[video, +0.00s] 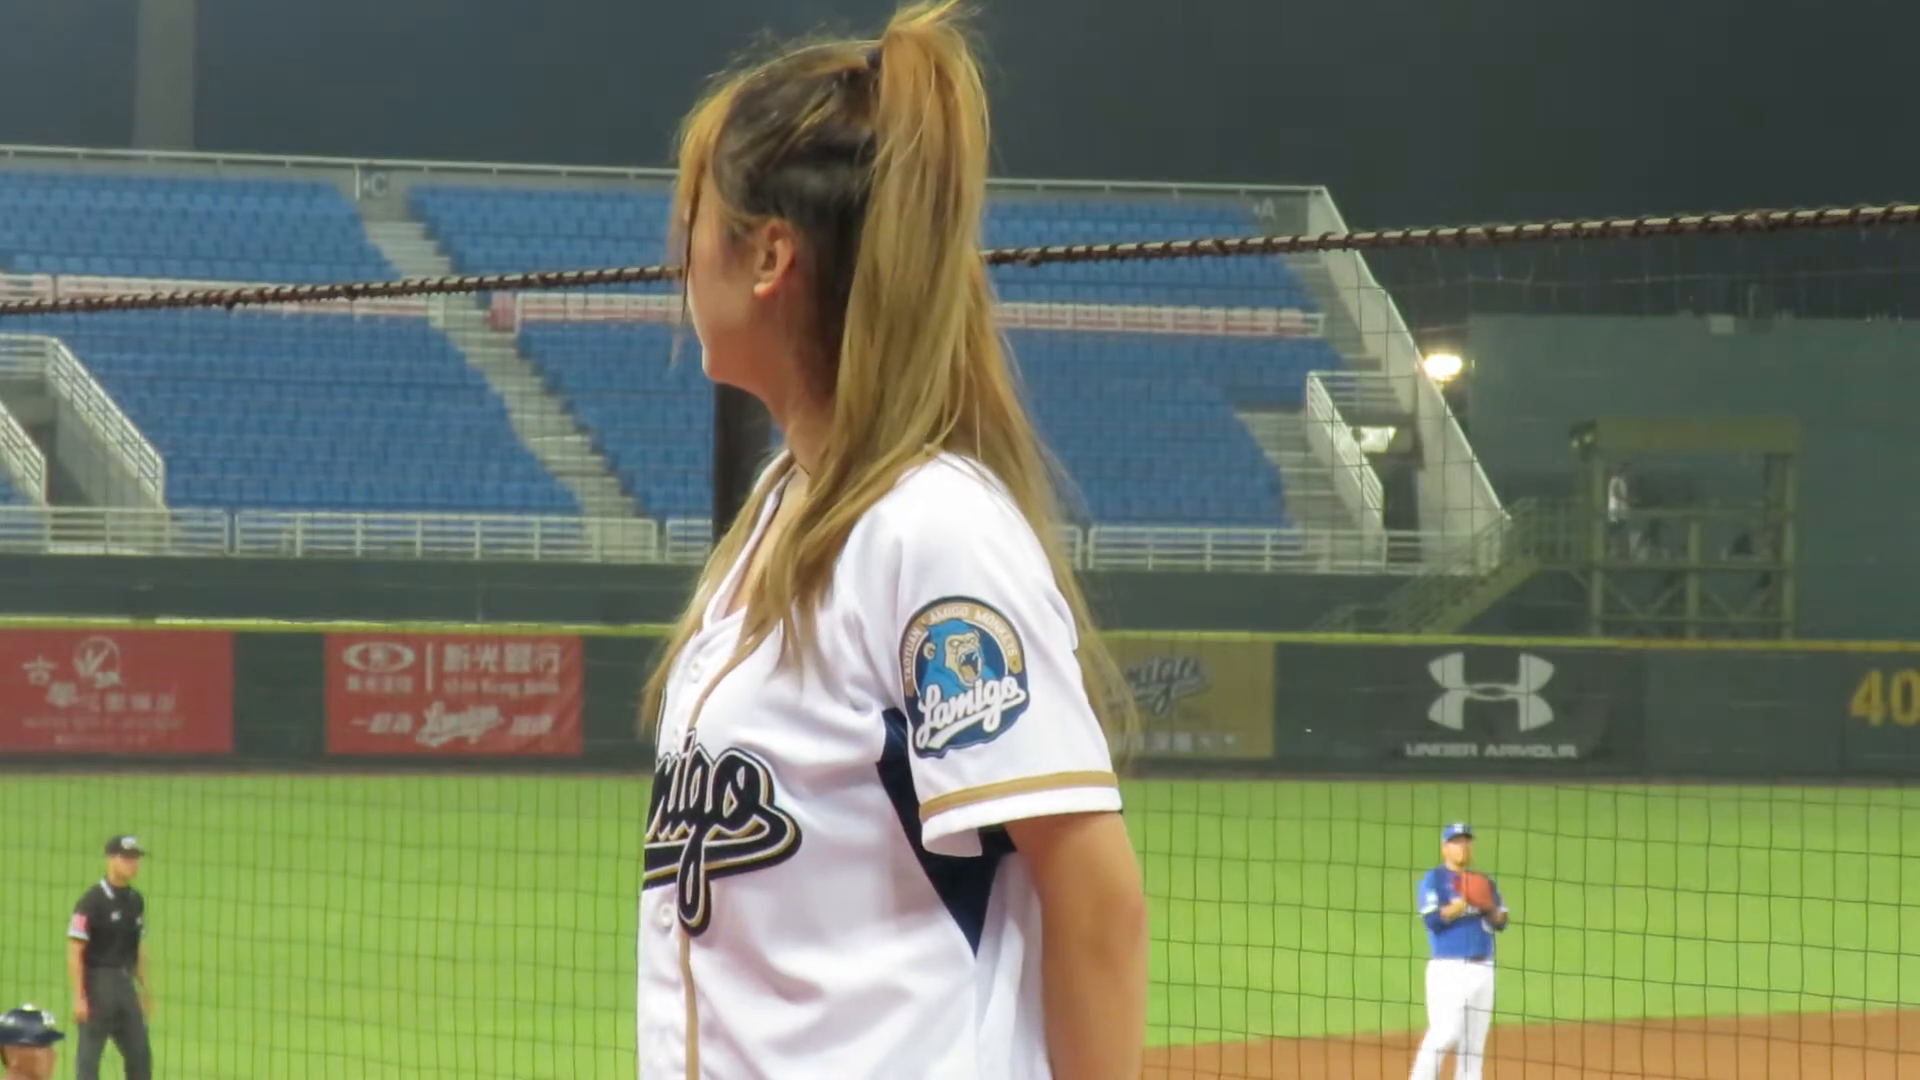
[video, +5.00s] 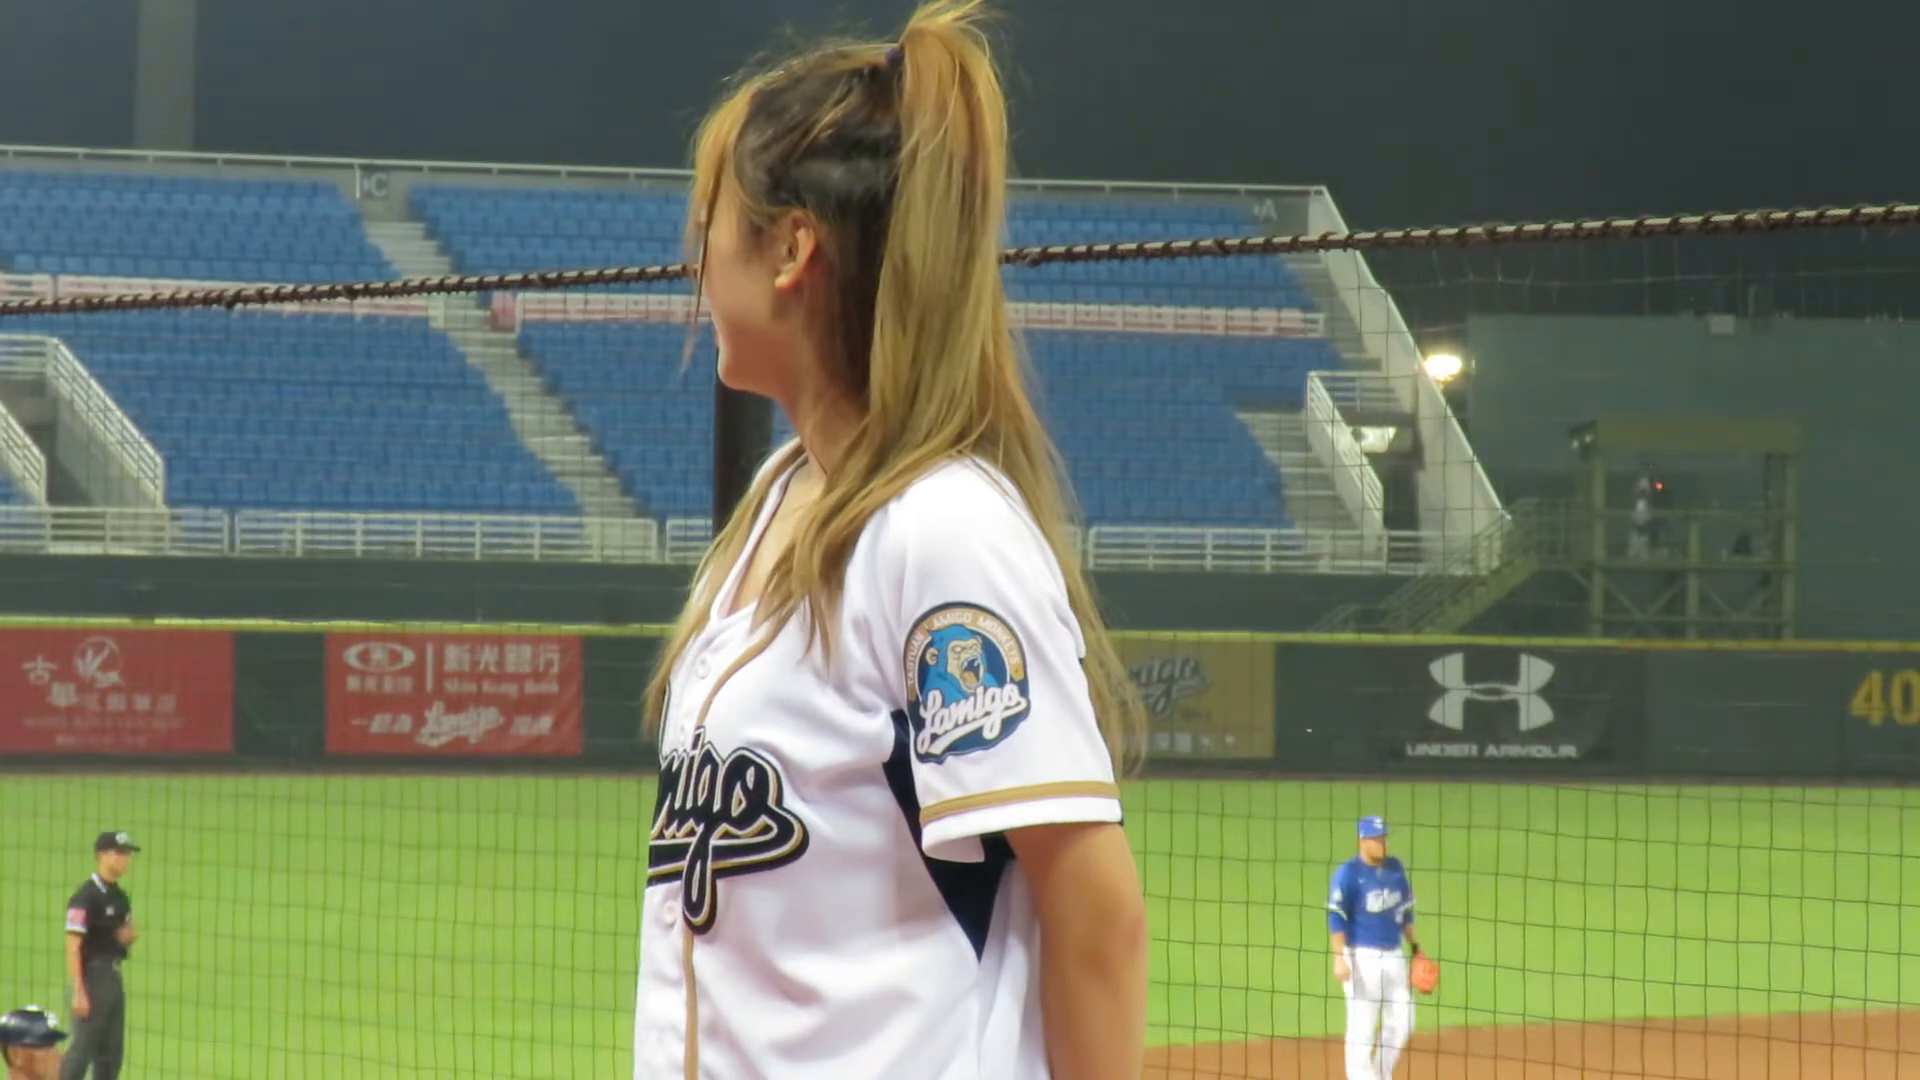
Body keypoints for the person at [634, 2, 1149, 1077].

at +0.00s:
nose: (682, 258)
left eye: (695, 224)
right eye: (689, 222)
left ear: (770, 259)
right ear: (773, 258)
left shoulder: (938, 527)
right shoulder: (780, 506)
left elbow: (1098, 897)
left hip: (883, 1055)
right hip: (718, 1051)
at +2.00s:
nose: (681, 259)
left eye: (696, 221)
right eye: (690, 219)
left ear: (771, 254)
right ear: (772, 254)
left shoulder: (927, 536)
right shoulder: (779, 503)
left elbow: (1089, 911)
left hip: (881, 1057)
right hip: (719, 1051)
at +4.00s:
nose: (688, 263)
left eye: (702, 225)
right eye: (697, 224)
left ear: (778, 252)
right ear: (777, 252)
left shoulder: (937, 533)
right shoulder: (784, 505)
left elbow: (1096, 912)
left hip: (886, 1057)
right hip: (721, 1051)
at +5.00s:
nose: (699, 267)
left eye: (711, 229)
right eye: (704, 229)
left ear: (794, 255)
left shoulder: (947, 527)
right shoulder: (780, 494)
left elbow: (1098, 911)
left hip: (881, 1055)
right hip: (709, 1049)